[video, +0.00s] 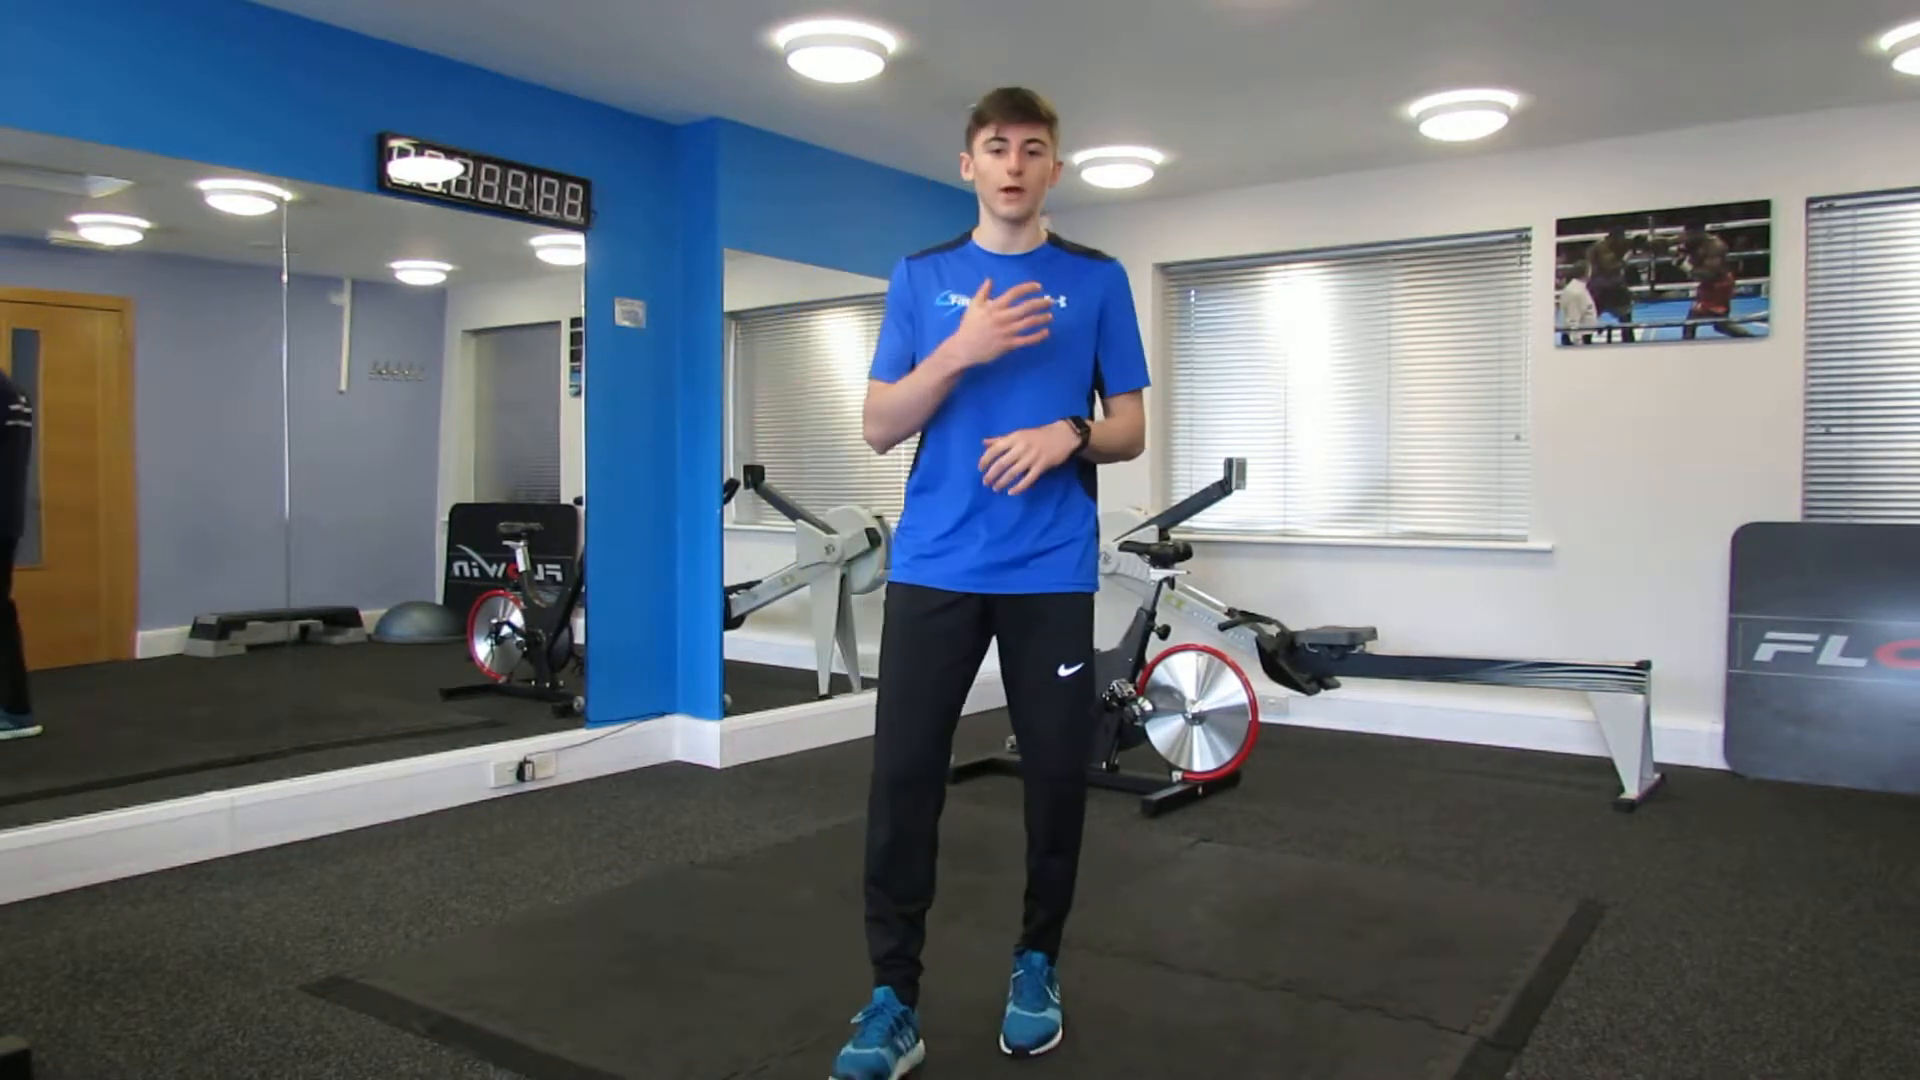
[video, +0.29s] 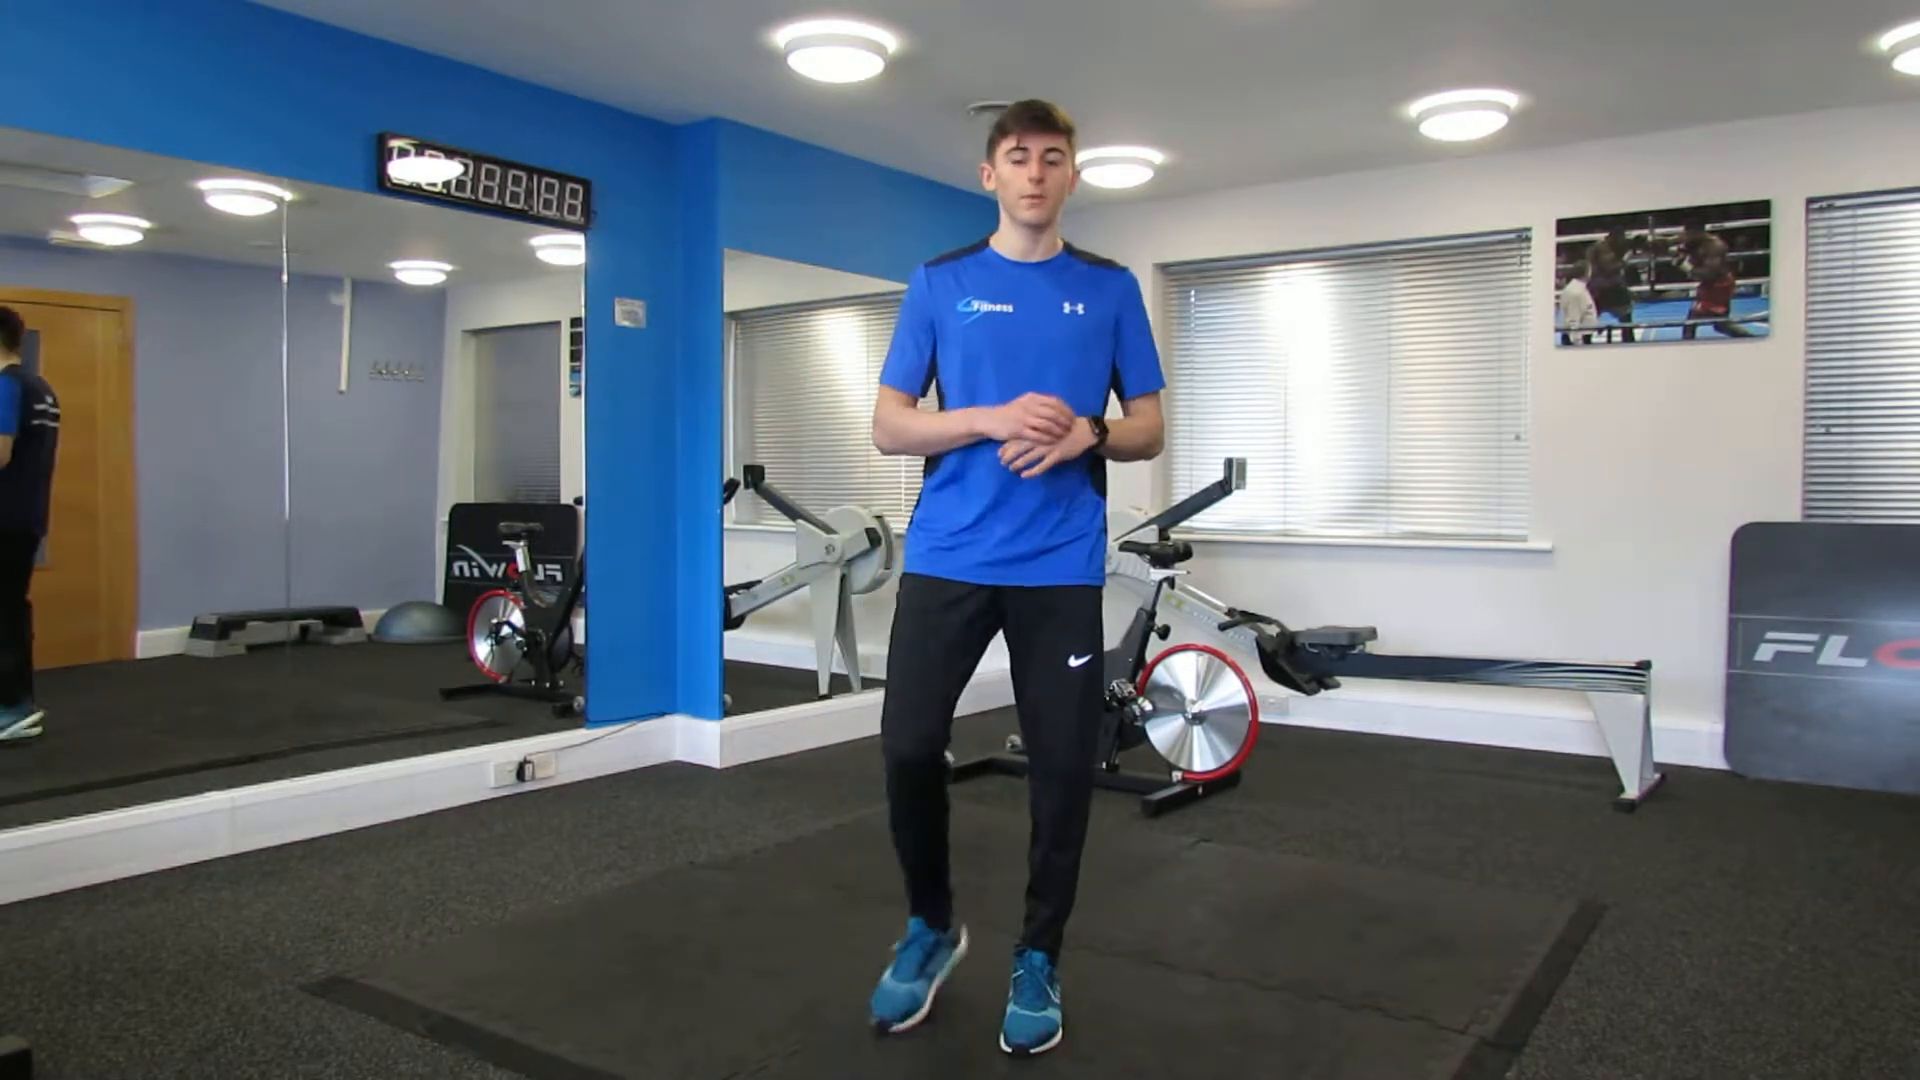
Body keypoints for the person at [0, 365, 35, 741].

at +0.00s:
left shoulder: (14, 400)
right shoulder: (19, 400)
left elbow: (15, 483)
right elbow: (17, 482)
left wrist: (13, 536)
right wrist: (14, 535)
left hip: (6, 535)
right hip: (10, 533)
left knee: (6, 611)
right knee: (6, 609)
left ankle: (17, 708)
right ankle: (17, 707)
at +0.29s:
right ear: (18, 340)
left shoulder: (10, 387)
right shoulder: (42, 389)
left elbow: (3, 452)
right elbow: (43, 462)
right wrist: (32, 513)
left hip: (10, 520)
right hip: (28, 519)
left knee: (10, 607)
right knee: (15, 606)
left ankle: (14, 705)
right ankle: (19, 701)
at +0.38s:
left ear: (3, 340)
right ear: (24, 340)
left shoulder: (14, 385)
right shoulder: (48, 387)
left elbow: (11, 453)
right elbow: (47, 460)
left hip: (13, 522)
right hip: (34, 520)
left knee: (9, 609)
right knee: (16, 607)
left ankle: (15, 706)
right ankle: (43, 687)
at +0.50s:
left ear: (13, 340)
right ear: (31, 341)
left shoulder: (24, 385)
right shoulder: (59, 387)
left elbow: (24, 455)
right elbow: (51, 458)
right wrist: (10, 451)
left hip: (20, 524)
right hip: (41, 523)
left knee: (18, 612)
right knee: (16, 613)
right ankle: (16, 711)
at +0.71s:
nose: (7, 345)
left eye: (12, 337)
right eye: (9, 337)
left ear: (32, 339)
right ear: (44, 341)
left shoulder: (54, 387)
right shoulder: (64, 387)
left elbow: (35, 453)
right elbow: (27, 451)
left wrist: (3, 421)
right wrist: (10, 418)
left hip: (56, 530)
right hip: (51, 529)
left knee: (78, 616)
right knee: (28, 614)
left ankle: (119, 708)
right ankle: (19, 711)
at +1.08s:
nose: (34, 347)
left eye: (39, 338)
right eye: (34, 338)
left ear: (62, 340)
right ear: (67, 342)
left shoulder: (87, 387)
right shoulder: (87, 385)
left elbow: (98, 459)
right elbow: (91, 454)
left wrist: (44, 446)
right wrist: (48, 451)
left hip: (96, 528)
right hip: (89, 526)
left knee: (100, 616)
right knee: (66, 614)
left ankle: (122, 710)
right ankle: (35, 708)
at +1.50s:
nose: (40, 345)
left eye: (45, 336)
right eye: (41, 336)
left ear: (67, 339)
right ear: (75, 340)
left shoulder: (92, 387)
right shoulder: (92, 384)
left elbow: (89, 458)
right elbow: (87, 454)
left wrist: (44, 447)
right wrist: (49, 452)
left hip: (92, 526)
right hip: (86, 525)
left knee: (94, 610)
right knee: (65, 604)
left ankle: (117, 708)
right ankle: (96, 702)